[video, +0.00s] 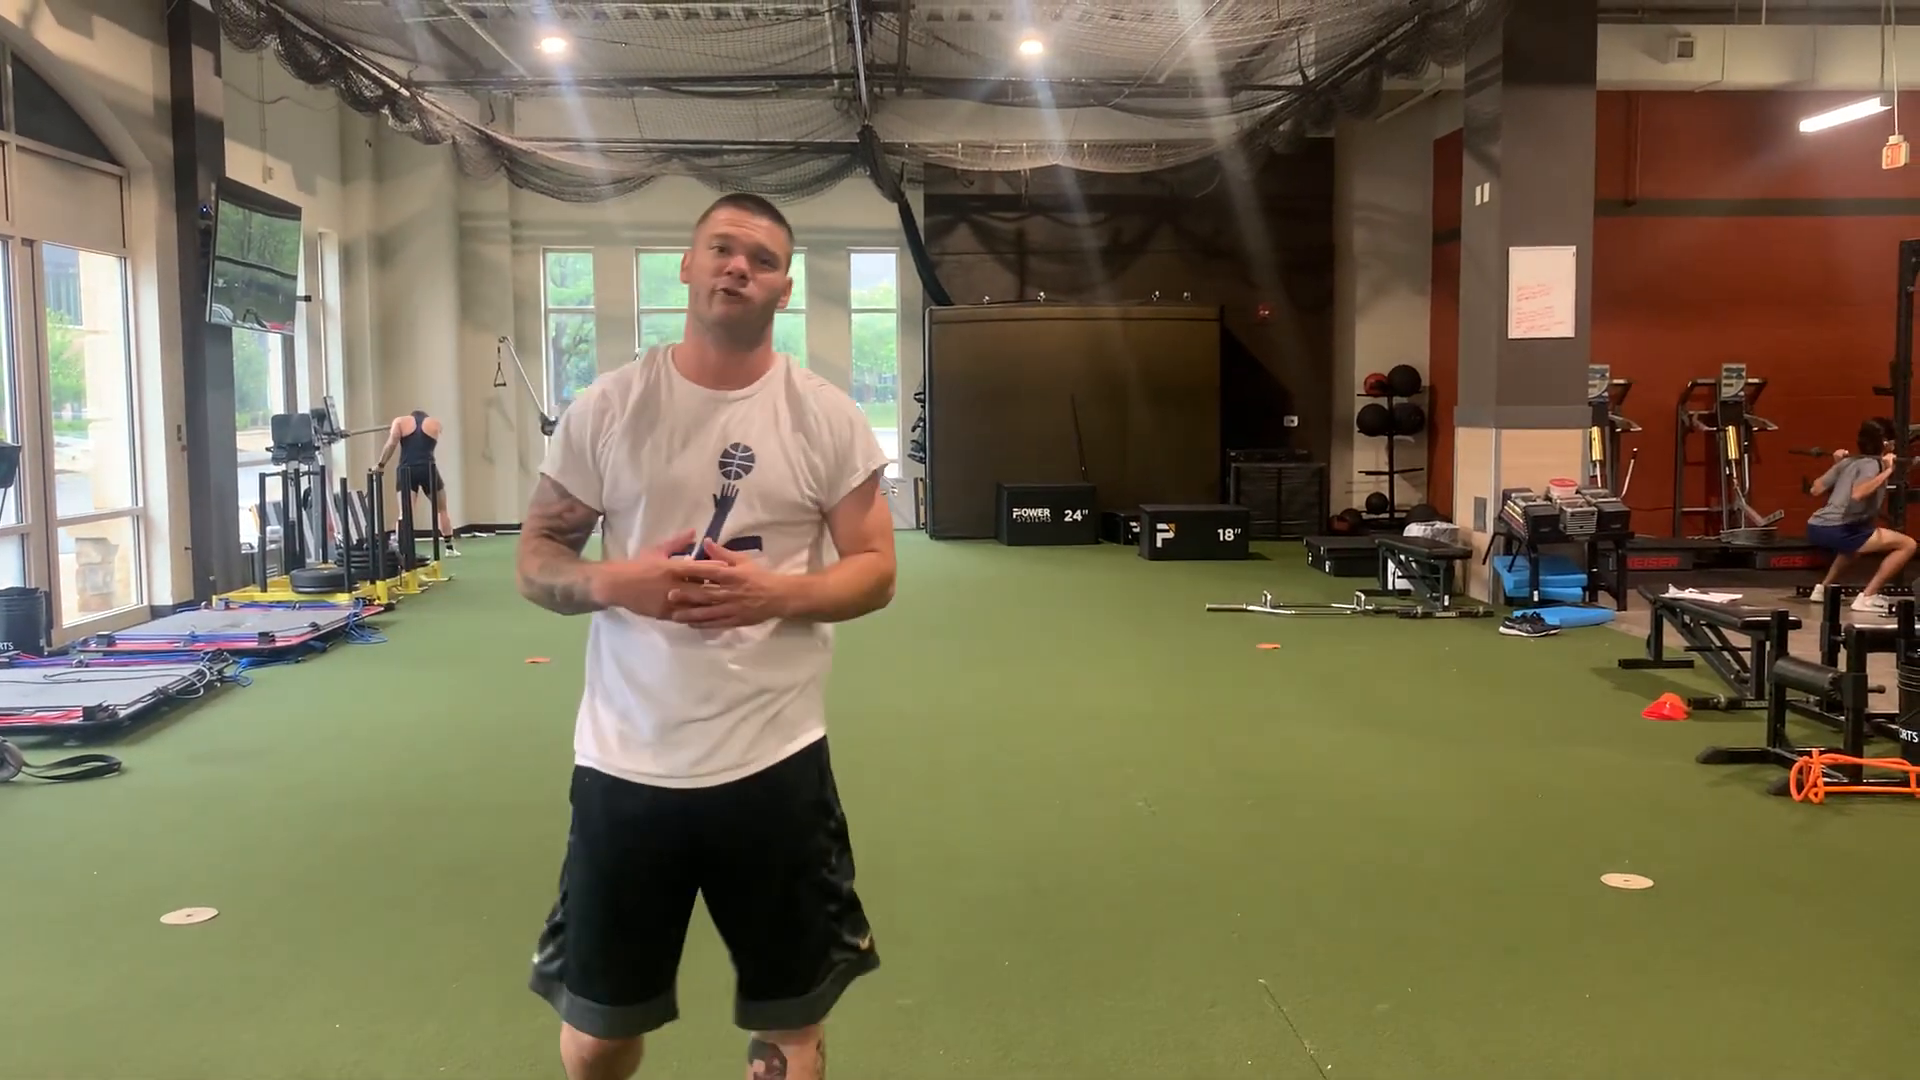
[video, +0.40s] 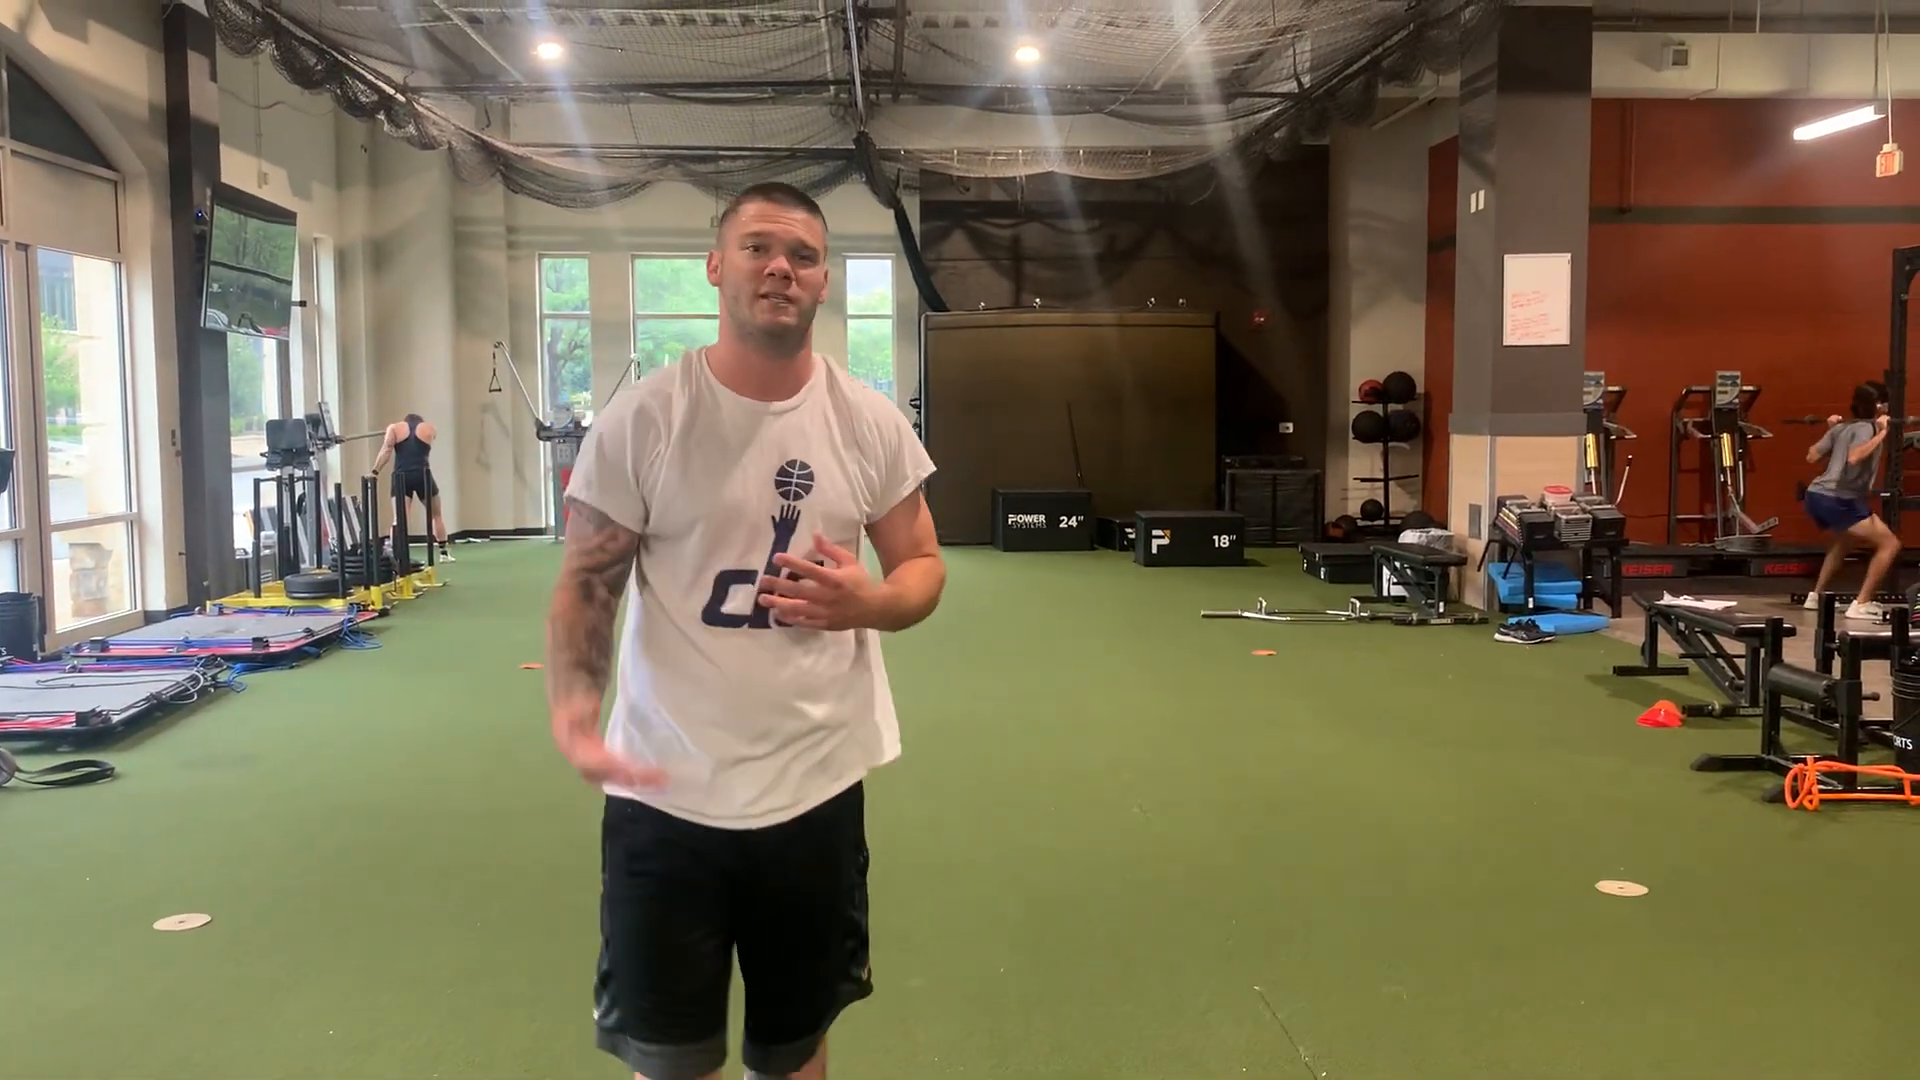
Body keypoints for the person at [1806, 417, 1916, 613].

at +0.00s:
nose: (1893, 445)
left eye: (1893, 440)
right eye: (1892, 440)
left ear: (1863, 442)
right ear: (1883, 444)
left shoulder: (1848, 462)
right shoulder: (1871, 464)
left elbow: (1816, 489)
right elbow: (1857, 494)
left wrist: (1837, 465)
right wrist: (1887, 470)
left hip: (1816, 528)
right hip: (1841, 533)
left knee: (1857, 544)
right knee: (1908, 545)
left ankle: (1823, 588)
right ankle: (1868, 597)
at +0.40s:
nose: (1886, 409)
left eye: (1886, 404)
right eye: (1884, 404)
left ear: (1857, 405)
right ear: (1874, 406)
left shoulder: (1841, 428)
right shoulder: (1867, 428)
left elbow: (1812, 455)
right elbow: (1854, 457)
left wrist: (1830, 429)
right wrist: (1882, 432)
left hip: (1816, 496)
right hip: (1838, 502)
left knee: (1843, 540)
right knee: (1890, 544)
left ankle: (1815, 596)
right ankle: (1861, 604)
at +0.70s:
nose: (1883, 384)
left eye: (1883, 379)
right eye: (1880, 379)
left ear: (1853, 382)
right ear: (1870, 382)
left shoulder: (1839, 406)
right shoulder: (1864, 405)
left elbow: (1812, 435)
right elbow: (1853, 434)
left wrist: (1828, 407)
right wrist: (1879, 408)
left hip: (1818, 477)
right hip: (1841, 482)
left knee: (1824, 540)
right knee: (1859, 541)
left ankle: (1812, 599)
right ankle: (1858, 607)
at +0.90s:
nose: (1881, 411)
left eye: (1881, 407)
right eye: (1879, 406)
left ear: (1851, 407)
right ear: (1870, 409)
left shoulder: (1837, 430)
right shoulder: (1863, 430)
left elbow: (1807, 457)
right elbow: (1849, 457)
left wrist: (1826, 432)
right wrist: (1878, 433)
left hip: (1815, 500)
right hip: (1837, 504)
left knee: (1836, 550)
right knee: (1884, 551)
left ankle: (1813, 603)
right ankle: (1859, 612)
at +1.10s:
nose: (1880, 445)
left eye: (1880, 440)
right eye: (1878, 440)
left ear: (1850, 441)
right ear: (1871, 442)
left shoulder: (1836, 463)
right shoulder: (1861, 463)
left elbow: (1808, 492)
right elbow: (1848, 492)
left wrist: (1827, 465)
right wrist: (1877, 468)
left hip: (1811, 529)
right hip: (1833, 533)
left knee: (1846, 563)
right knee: (1897, 560)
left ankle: (1814, 605)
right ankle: (1860, 614)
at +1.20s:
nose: (1882, 456)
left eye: (1882, 451)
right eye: (1880, 451)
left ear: (1851, 453)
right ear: (1872, 455)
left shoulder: (1837, 474)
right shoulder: (1860, 475)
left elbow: (1807, 503)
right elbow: (1848, 505)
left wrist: (1826, 477)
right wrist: (1876, 480)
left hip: (1809, 540)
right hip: (1833, 544)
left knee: (1847, 563)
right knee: (1898, 563)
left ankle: (1814, 606)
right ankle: (1859, 616)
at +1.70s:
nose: (1881, 434)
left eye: (1881, 429)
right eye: (1879, 429)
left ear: (1851, 430)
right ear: (1870, 431)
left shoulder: (1836, 453)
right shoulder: (1861, 453)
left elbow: (1806, 480)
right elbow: (1848, 481)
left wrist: (1824, 455)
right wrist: (1876, 459)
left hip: (1810, 520)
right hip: (1832, 525)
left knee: (1839, 561)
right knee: (1890, 562)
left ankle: (1813, 612)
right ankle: (1859, 620)